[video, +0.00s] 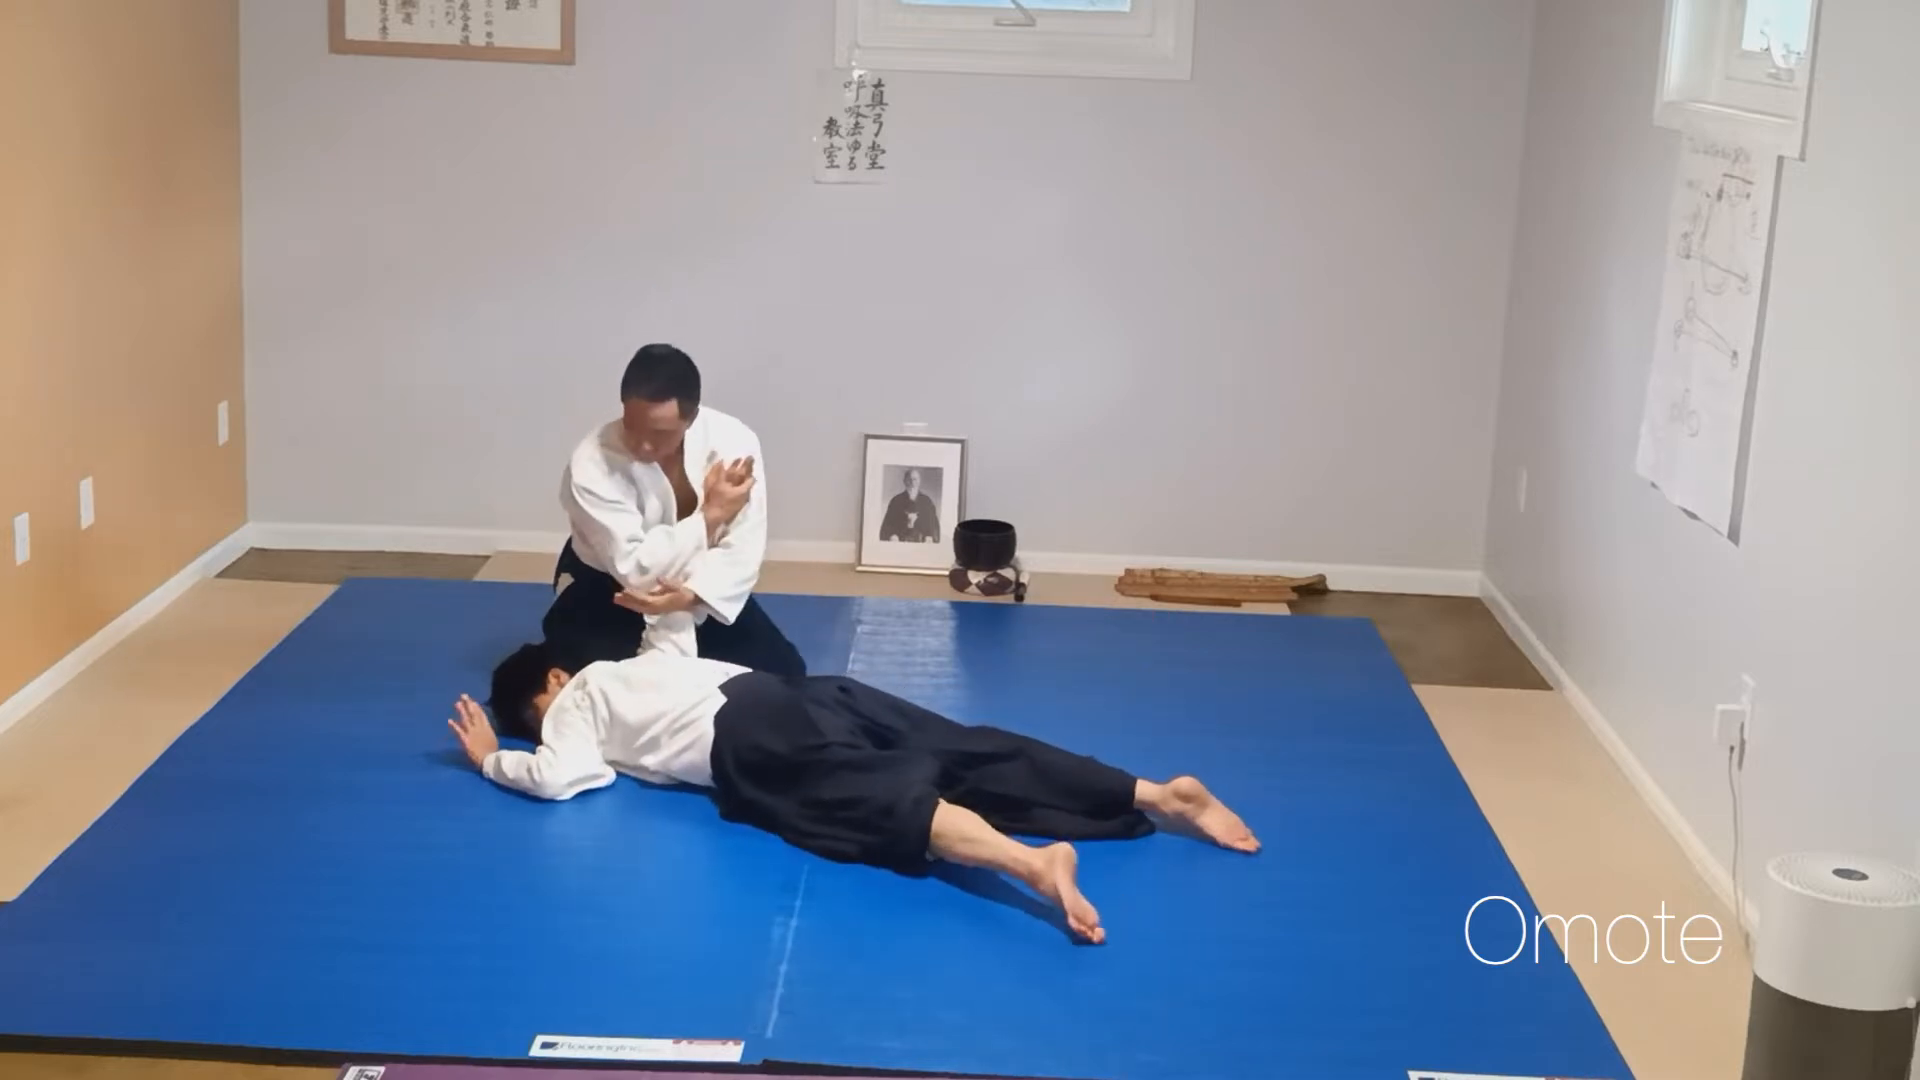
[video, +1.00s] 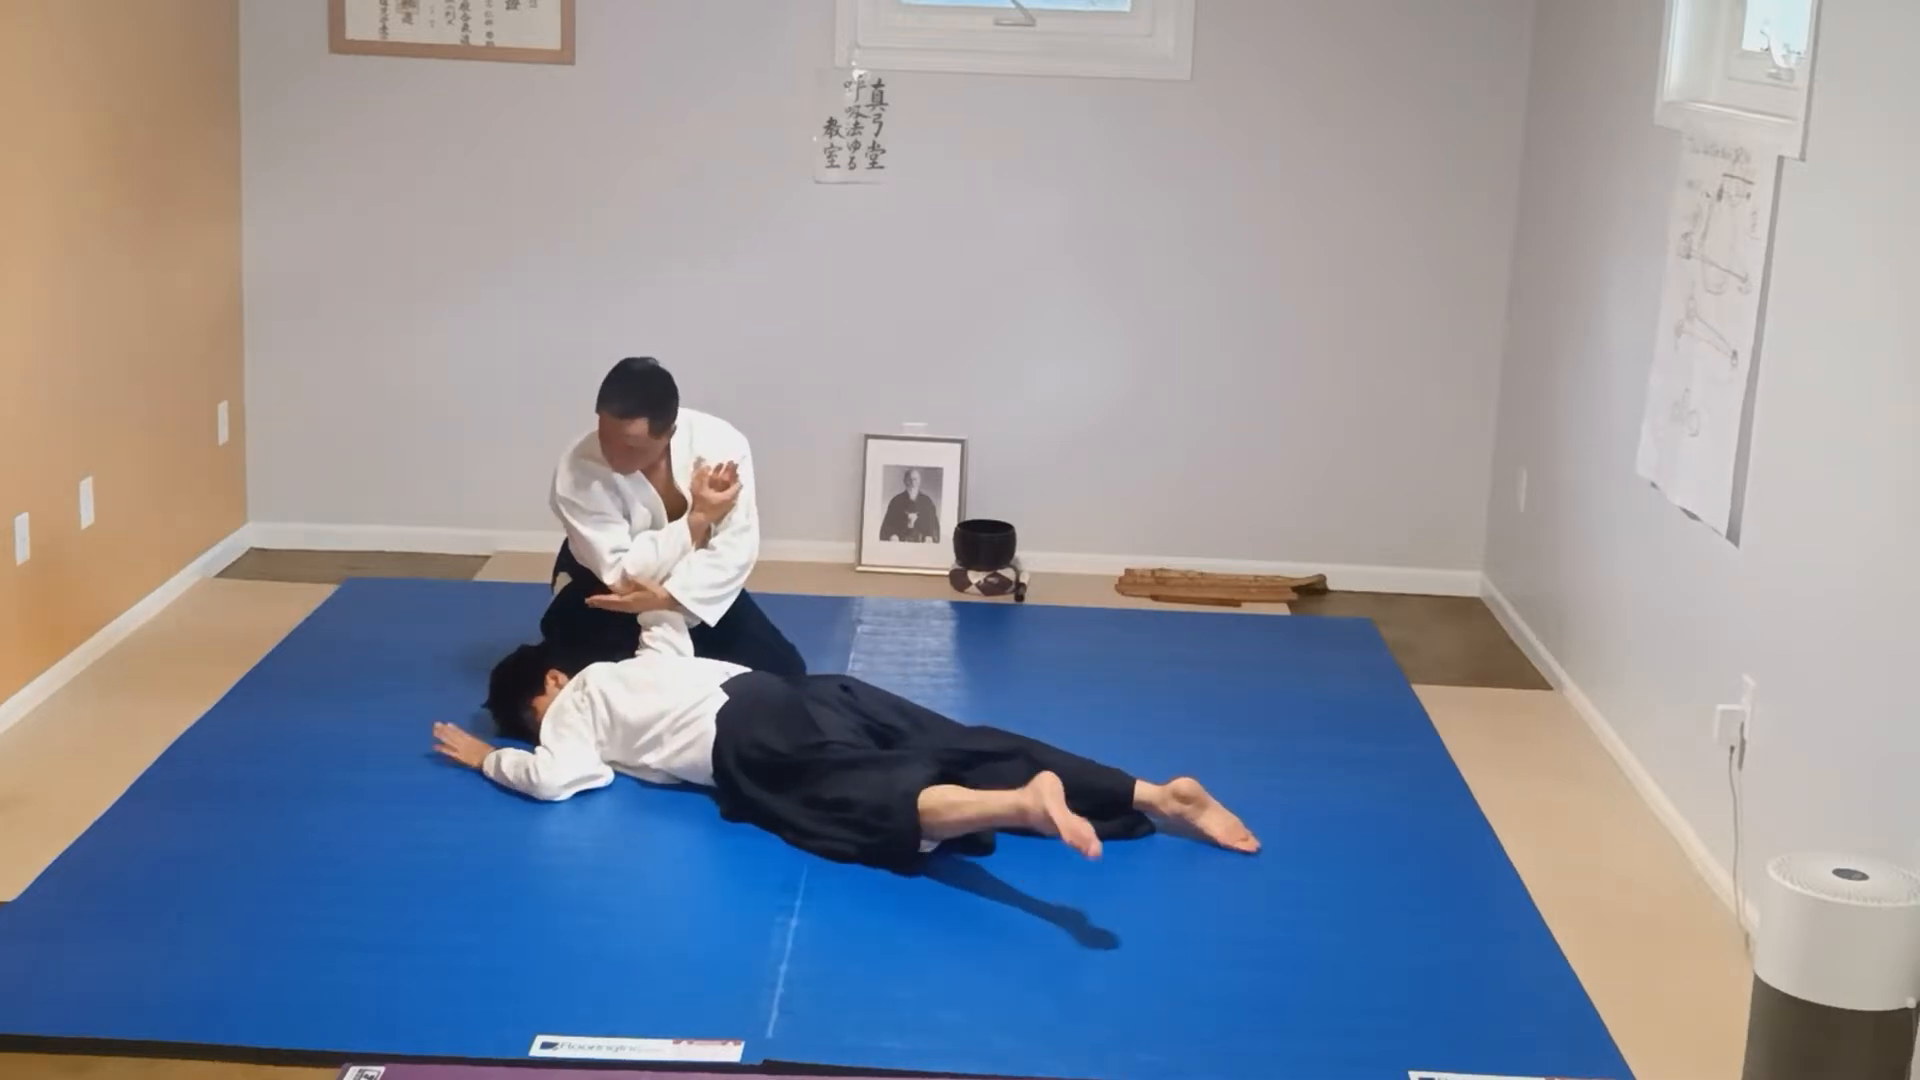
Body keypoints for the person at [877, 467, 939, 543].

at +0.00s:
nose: (912, 482)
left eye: (915, 479)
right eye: (909, 479)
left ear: (919, 481)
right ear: (905, 481)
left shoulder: (926, 501)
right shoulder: (896, 500)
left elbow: (933, 523)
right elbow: (887, 525)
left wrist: (931, 537)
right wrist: (892, 536)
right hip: (899, 543)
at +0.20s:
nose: (912, 482)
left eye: (915, 479)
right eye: (909, 480)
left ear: (919, 481)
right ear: (905, 482)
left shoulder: (926, 501)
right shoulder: (896, 501)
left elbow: (933, 523)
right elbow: (887, 525)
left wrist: (931, 537)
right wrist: (892, 536)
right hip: (899, 544)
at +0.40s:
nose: (912, 482)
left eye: (915, 479)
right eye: (909, 479)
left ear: (919, 481)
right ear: (905, 481)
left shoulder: (926, 501)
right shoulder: (897, 500)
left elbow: (933, 523)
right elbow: (887, 525)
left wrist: (931, 537)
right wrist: (892, 536)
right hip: (899, 543)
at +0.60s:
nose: (912, 482)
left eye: (915, 479)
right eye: (909, 479)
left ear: (919, 481)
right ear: (905, 481)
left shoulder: (926, 501)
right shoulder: (896, 501)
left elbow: (933, 523)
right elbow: (887, 525)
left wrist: (931, 537)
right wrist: (892, 536)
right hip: (899, 543)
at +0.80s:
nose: (913, 482)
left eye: (915, 479)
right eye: (910, 479)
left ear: (919, 481)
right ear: (905, 481)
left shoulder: (926, 501)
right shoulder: (897, 500)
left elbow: (933, 523)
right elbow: (887, 525)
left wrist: (931, 537)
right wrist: (892, 536)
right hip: (899, 543)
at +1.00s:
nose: (912, 482)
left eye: (915, 479)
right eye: (909, 479)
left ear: (919, 481)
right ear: (905, 481)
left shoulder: (926, 501)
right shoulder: (896, 501)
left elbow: (933, 523)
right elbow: (887, 525)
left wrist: (931, 537)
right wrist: (892, 536)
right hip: (899, 543)